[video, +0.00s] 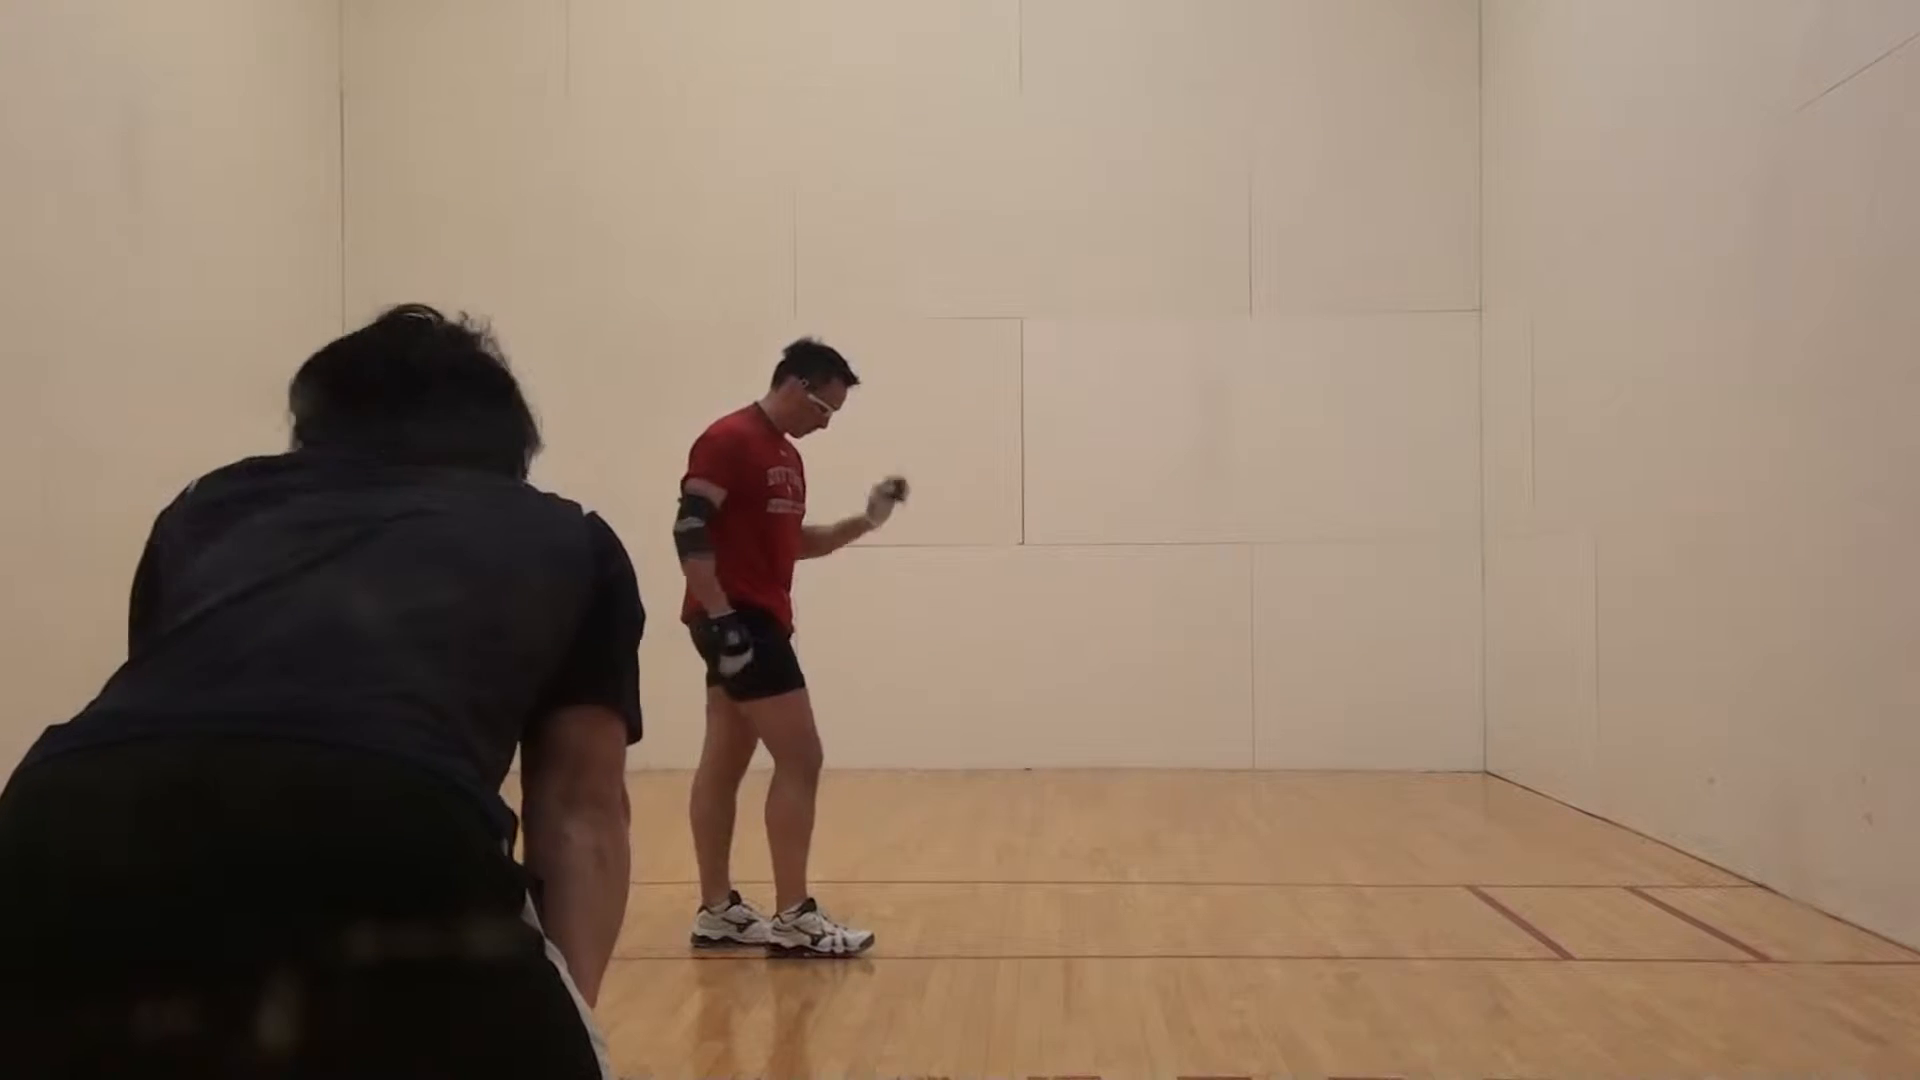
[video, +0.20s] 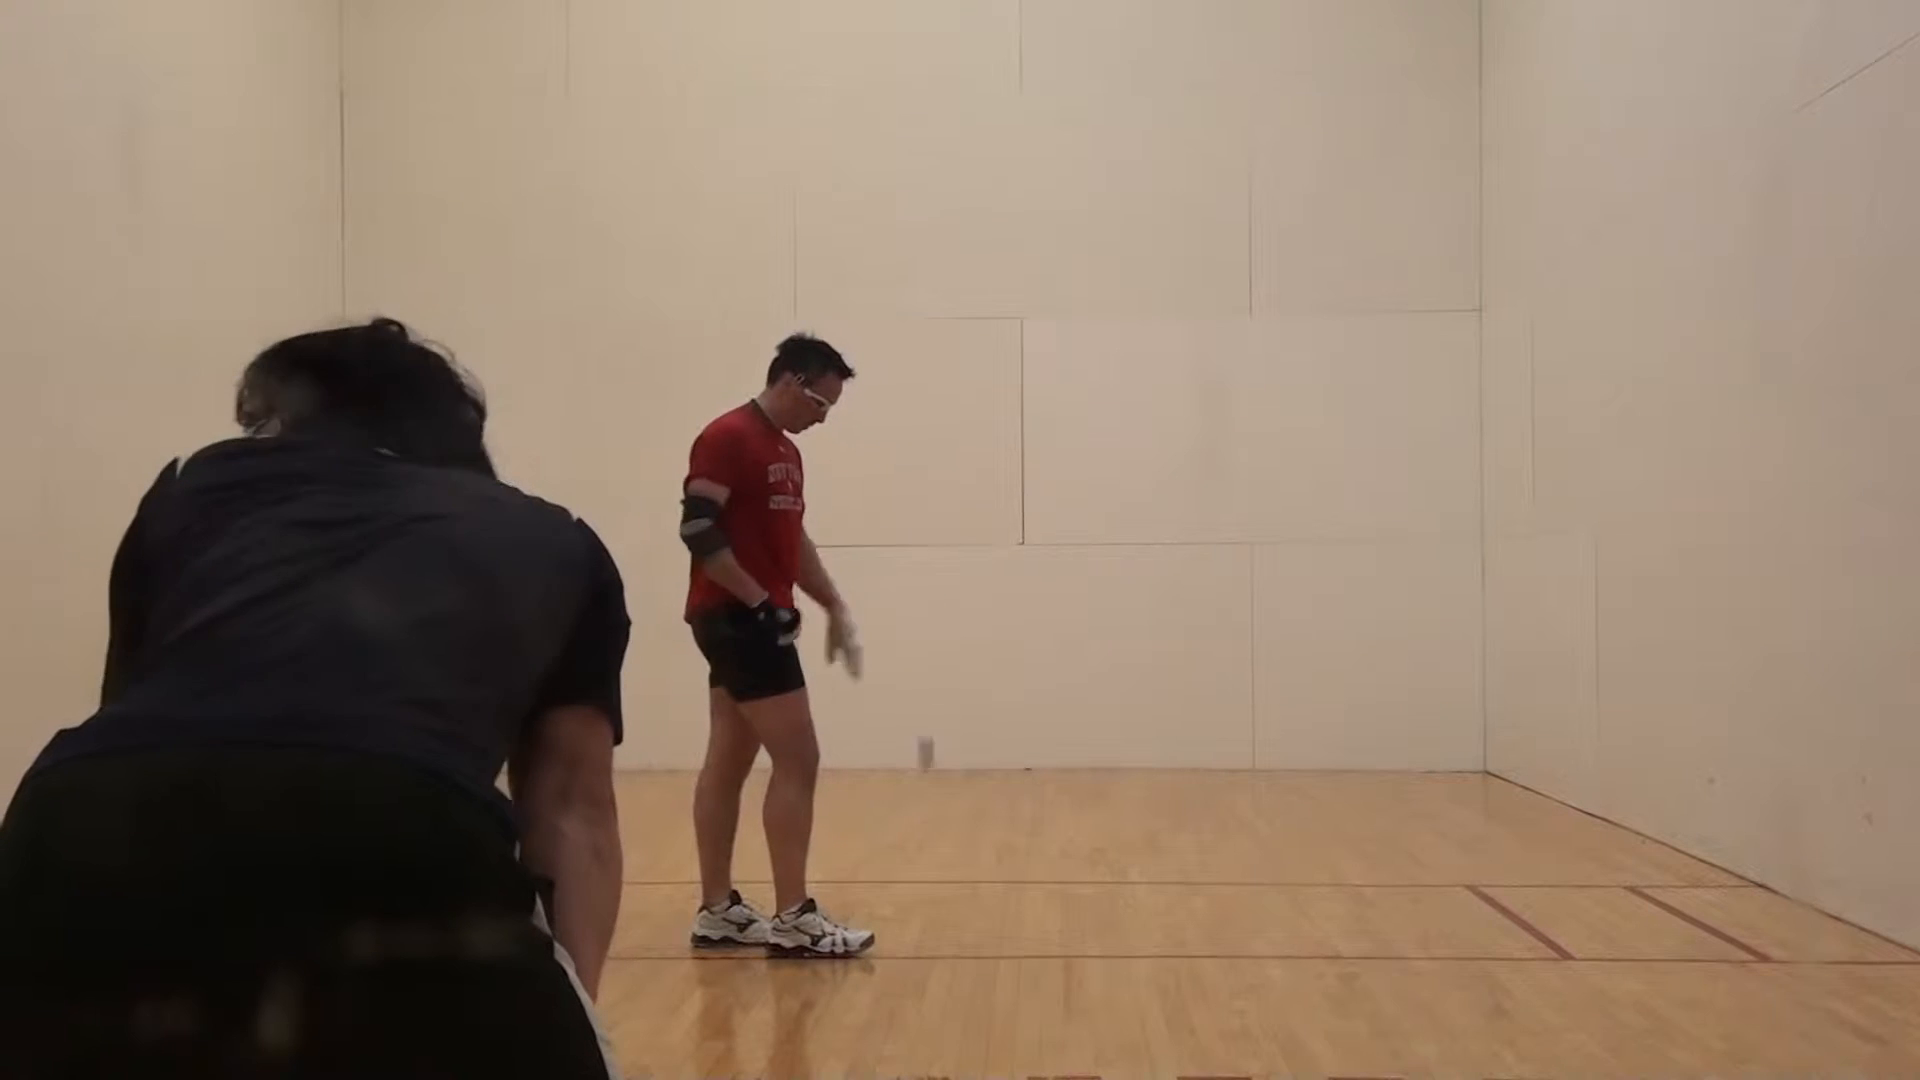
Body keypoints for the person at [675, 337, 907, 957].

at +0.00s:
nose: (826, 420)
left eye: (832, 411)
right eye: (824, 405)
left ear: (805, 395)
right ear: (791, 385)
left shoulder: (785, 452)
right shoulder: (729, 439)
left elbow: (788, 543)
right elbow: (690, 533)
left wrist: (863, 522)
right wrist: (723, 620)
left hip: (750, 622)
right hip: (741, 624)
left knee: (723, 762)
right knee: (800, 758)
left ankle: (717, 909)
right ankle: (793, 914)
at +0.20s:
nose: (824, 414)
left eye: (829, 404)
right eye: (821, 401)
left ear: (799, 390)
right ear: (787, 382)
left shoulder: (784, 449)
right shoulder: (728, 436)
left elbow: (791, 538)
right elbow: (697, 531)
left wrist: (835, 606)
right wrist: (762, 601)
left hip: (758, 618)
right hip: (740, 621)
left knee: (726, 763)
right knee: (796, 759)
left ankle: (717, 908)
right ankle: (793, 914)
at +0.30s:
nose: (825, 415)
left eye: (830, 405)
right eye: (823, 401)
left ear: (800, 389)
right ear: (789, 382)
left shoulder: (783, 446)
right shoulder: (730, 437)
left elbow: (775, 544)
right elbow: (709, 534)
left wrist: (794, 626)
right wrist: (786, 590)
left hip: (760, 618)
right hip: (737, 619)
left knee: (726, 763)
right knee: (797, 759)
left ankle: (717, 909)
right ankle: (793, 914)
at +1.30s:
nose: (827, 418)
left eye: (833, 408)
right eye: (826, 404)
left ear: (801, 389)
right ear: (794, 383)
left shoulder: (775, 442)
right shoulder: (736, 441)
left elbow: (767, 536)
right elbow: (702, 541)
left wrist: (825, 549)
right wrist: (705, 636)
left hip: (751, 626)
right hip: (756, 630)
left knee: (727, 764)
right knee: (804, 758)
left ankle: (718, 908)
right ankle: (795, 913)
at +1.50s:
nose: (825, 418)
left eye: (831, 408)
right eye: (824, 403)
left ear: (801, 390)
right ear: (792, 383)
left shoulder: (783, 447)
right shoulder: (731, 440)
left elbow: (784, 536)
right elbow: (690, 536)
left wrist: (833, 517)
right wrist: (703, 629)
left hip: (758, 624)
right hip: (751, 627)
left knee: (729, 762)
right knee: (802, 758)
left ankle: (719, 908)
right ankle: (795, 914)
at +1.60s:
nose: (825, 418)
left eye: (831, 408)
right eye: (824, 403)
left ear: (804, 391)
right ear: (790, 383)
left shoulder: (789, 450)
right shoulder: (731, 440)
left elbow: (794, 537)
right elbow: (693, 536)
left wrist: (856, 511)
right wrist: (711, 625)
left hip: (759, 623)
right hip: (747, 626)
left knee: (729, 761)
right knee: (802, 758)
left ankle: (719, 908)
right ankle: (795, 914)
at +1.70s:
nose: (828, 417)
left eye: (835, 407)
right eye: (826, 403)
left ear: (803, 392)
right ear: (792, 383)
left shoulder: (793, 450)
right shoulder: (732, 440)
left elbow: (798, 541)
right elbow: (698, 537)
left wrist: (873, 543)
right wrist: (723, 626)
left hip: (757, 622)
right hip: (747, 625)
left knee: (730, 761)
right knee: (802, 758)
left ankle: (718, 907)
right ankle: (795, 915)